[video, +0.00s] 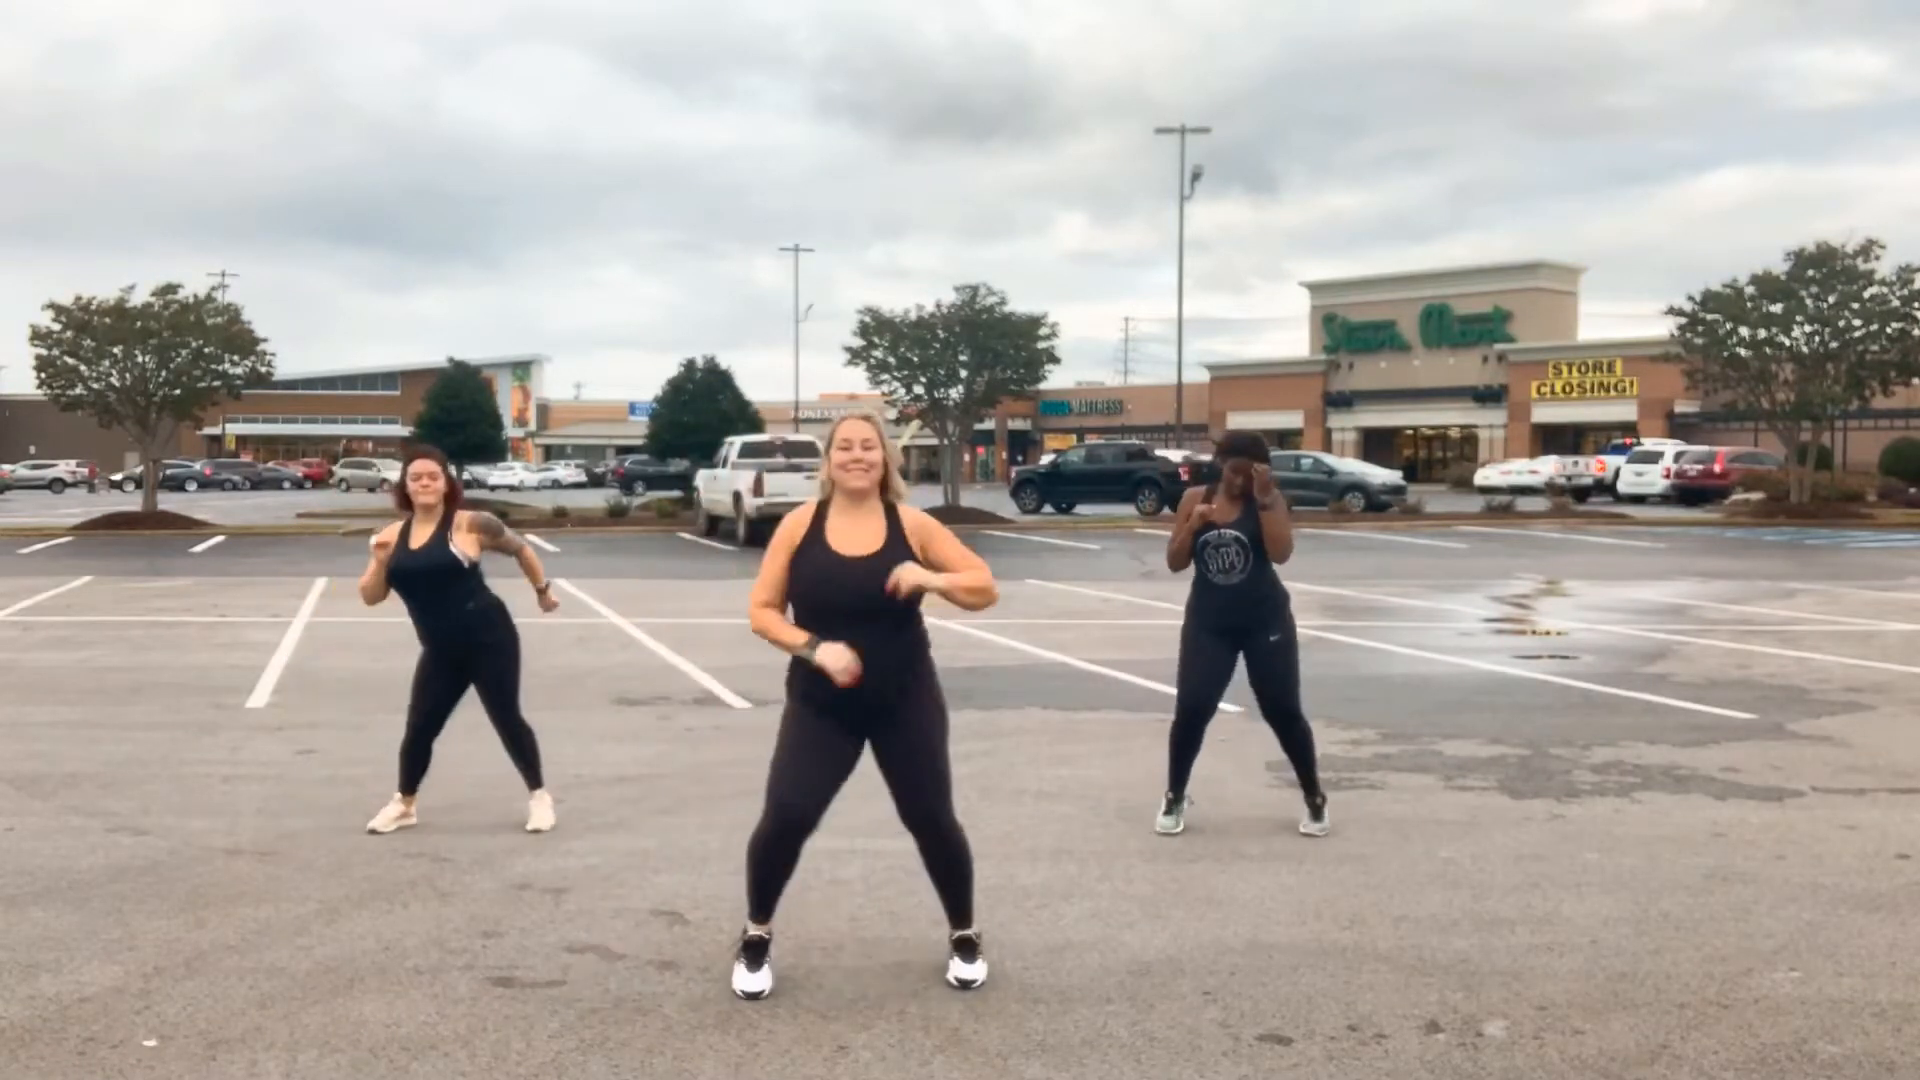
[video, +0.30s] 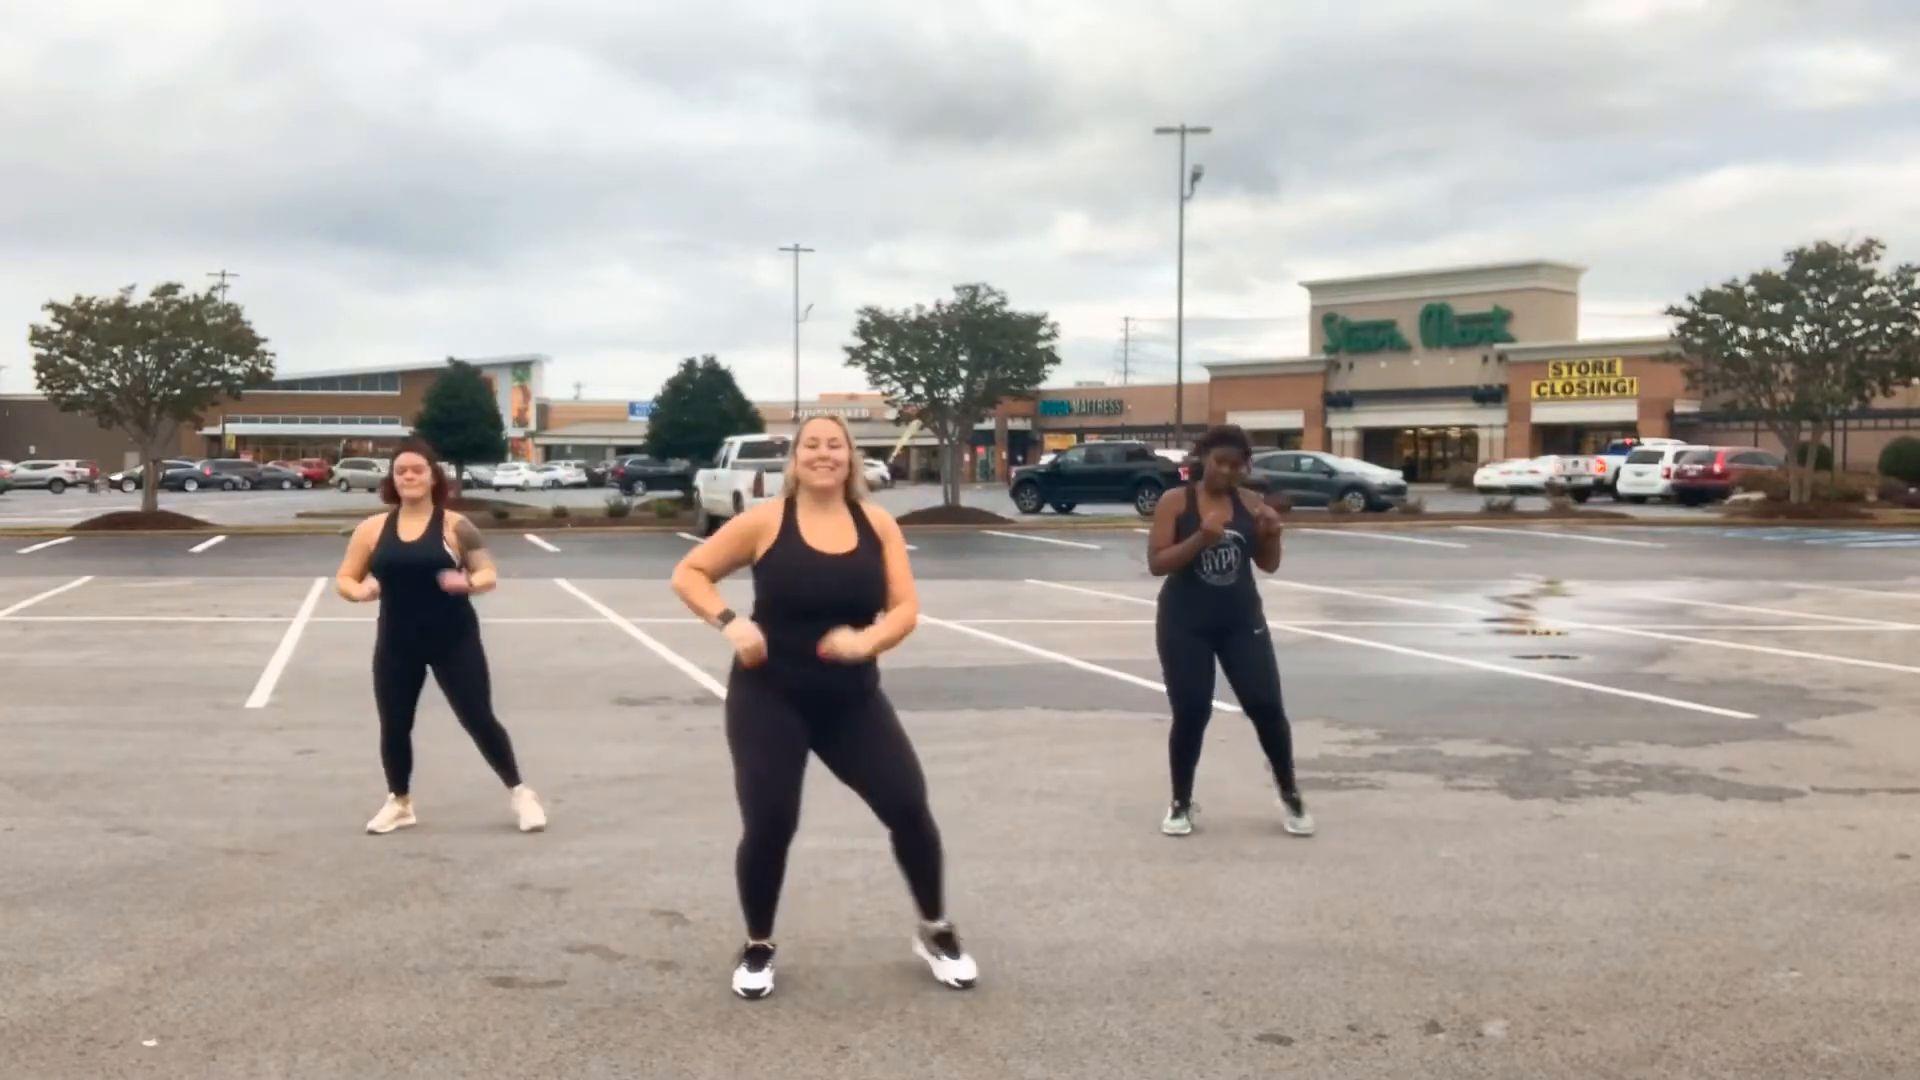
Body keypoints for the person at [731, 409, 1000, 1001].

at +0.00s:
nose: (856, 455)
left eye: (867, 446)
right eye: (844, 447)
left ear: (886, 458)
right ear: (827, 460)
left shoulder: (913, 524)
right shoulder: (800, 525)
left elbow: (984, 589)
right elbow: (761, 611)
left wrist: (932, 579)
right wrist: (814, 647)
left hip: (906, 701)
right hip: (821, 704)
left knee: (931, 820)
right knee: (784, 821)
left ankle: (964, 938)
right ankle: (756, 936)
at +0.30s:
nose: (823, 453)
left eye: (834, 445)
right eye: (812, 445)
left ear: (851, 459)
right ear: (794, 459)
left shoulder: (876, 524)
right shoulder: (765, 520)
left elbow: (905, 609)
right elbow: (688, 575)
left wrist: (866, 641)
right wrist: (729, 622)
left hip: (850, 697)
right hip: (768, 696)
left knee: (910, 809)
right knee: (770, 825)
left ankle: (936, 930)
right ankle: (758, 948)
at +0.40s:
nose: (808, 441)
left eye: (819, 432)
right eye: (797, 433)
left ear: (836, 446)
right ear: (778, 446)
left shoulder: (864, 515)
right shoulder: (749, 513)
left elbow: (905, 593)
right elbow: (685, 584)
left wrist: (879, 654)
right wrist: (753, 587)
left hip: (842, 694)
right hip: (759, 695)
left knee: (872, 812)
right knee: (760, 820)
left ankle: (872, 921)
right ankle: (757, 945)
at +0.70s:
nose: (783, 464)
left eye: (795, 456)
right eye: (772, 455)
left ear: (812, 467)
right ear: (754, 466)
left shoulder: (838, 531)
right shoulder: (726, 528)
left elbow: (918, 581)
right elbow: (704, 614)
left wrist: (902, 647)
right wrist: (785, 637)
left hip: (825, 707)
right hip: (745, 707)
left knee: (818, 831)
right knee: (740, 824)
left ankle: (815, 940)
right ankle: (751, 941)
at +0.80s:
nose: (780, 458)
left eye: (791, 449)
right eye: (769, 449)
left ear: (809, 463)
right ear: (750, 462)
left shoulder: (832, 531)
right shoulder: (722, 528)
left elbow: (883, 607)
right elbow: (676, 615)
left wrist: (854, 619)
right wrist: (729, 672)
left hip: (817, 703)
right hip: (737, 700)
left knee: (824, 825)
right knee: (729, 818)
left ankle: (816, 938)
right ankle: (709, 934)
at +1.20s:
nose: (731, 457)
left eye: (742, 448)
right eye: (720, 448)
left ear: (760, 460)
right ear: (701, 460)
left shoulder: (786, 529)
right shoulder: (675, 525)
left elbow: (819, 615)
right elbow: (602, 588)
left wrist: (787, 664)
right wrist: (660, 610)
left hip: (746, 702)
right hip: (664, 696)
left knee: (784, 827)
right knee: (631, 818)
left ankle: (809, 931)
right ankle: (598, 943)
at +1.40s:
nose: (748, 454)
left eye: (759, 445)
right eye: (737, 445)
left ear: (777, 457)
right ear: (718, 458)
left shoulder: (810, 519)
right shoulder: (693, 523)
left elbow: (858, 579)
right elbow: (676, 607)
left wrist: (843, 632)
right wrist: (747, 607)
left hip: (785, 699)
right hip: (703, 695)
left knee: (782, 829)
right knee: (653, 815)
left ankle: (810, 938)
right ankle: (607, 939)